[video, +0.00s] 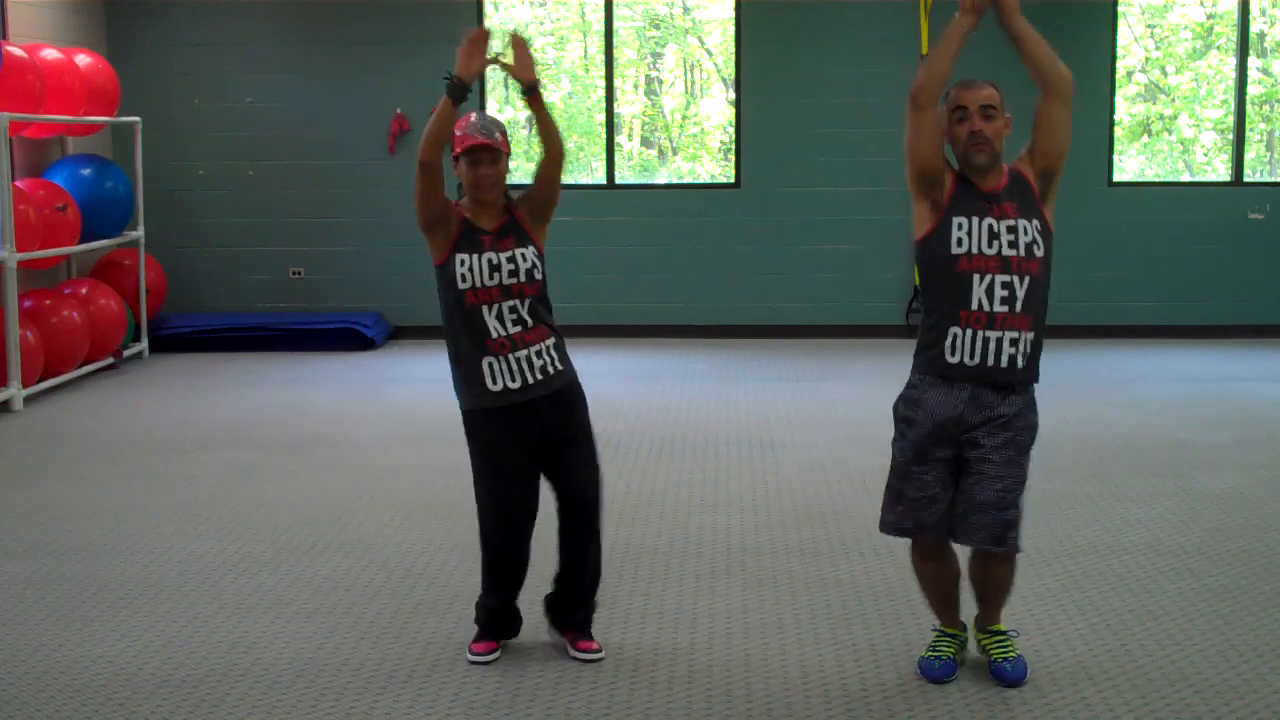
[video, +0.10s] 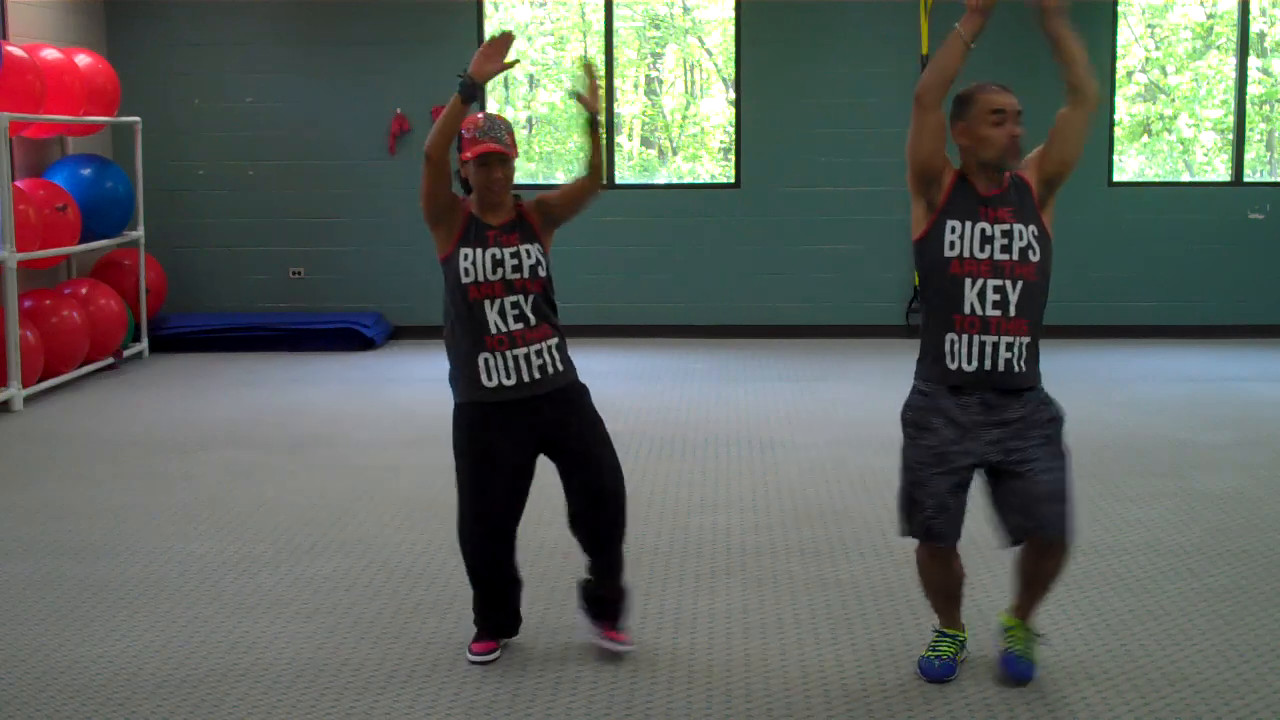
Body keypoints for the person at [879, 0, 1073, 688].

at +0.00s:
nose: (976, 123)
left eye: (988, 112)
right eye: (963, 114)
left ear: (1006, 127)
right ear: (946, 130)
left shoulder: (1035, 184)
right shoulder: (932, 190)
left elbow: (1061, 85)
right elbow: (921, 96)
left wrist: (1006, 10)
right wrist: (967, 15)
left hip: (1006, 397)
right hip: (933, 394)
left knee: (996, 531)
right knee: (926, 530)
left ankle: (992, 629)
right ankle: (949, 631)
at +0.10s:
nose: (1011, 126)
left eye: (1016, 117)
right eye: (996, 116)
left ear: (1020, 133)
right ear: (957, 131)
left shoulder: (1036, 187)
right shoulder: (934, 190)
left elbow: (1085, 97)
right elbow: (926, 100)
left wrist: (1054, 17)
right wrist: (970, 19)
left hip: (1021, 408)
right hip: (942, 407)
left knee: (1051, 536)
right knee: (934, 538)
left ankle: (1018, 623)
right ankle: (949, 630)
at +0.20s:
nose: (1033, 123)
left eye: (1033, 114)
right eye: (1019, 112)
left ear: (1029, 130)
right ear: (979, 129)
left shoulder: (1043, 183)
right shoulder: (940, 185)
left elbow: (1104, 109)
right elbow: (930, 88)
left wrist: (1135, 31)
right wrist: (975, 14)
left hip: (1034, 396)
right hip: (955, 400)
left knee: (1092, 517)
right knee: (946, 534)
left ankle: (1091, 615)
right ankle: (949, 631)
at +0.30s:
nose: (1045, 120)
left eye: (1044, 110)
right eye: (1031, 109)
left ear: (1030, 124)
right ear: (988, 125)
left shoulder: (1055, 178)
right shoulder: (950, 182)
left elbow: (1134, 126)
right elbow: (943, 80)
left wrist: (1210, 67)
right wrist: (977, 10)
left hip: (1048, 396)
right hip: (968, 400)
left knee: (1106, 515)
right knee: (951, 532)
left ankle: (1148, 616)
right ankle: (949, 630)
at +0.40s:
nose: (1059, 119)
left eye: (1056, 108)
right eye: (1045, 109)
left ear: (1037, 123)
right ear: (1002, 124)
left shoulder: (1075, 175)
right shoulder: (966, 182)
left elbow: (1166, 155)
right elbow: (952, 86)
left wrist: (1250, 135)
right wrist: (983, 7)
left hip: (1069, 395)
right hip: (989, 400)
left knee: (1113, 515)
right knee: (962, 530)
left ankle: (1142, 622)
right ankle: (950, 630)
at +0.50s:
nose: (1070, 117)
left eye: (1068, 107)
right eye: (1056, 108)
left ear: (1049, 123)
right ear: (1013, 125)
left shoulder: (1088, 180)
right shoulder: (976, 184)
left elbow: (1174, 195)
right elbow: (961, 85)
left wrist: (1251, 207)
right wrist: (988, 7)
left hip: (1085, 391)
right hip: (1005, 397)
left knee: (1122, 513)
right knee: (964, 523)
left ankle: (1143, 623)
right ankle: (947, 624)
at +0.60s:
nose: (1073, 120)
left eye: (1070, 111)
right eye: (1059, 112)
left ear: (1045, 127)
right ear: (1017, 126)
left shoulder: (1086, 191)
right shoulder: (976, 188)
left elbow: (1152, 233)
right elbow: (960, 96)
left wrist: (1218, 267)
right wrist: (986, 12)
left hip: (1091, 392)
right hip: (1013, 401)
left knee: (1125, 515)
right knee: (984, 526)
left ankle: (1144, 622)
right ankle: (946, 622)